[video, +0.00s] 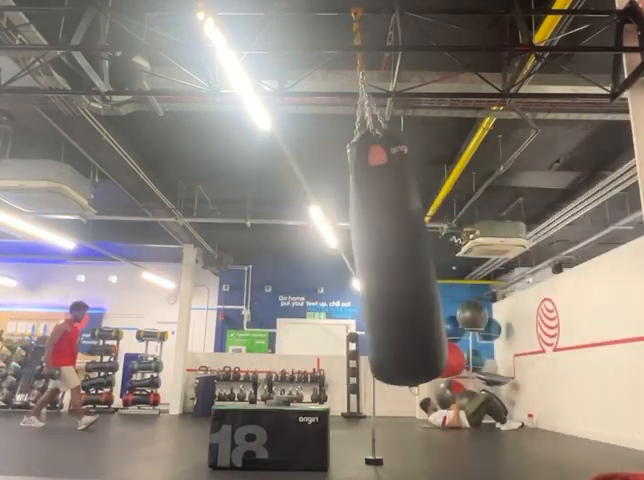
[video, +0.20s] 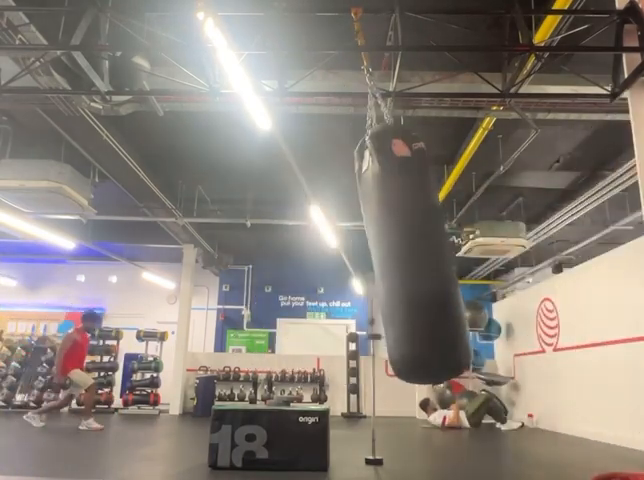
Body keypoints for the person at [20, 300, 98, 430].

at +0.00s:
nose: (83, 315)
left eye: (84, 312)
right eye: (82, 312)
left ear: (81, 313)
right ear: (74, 311)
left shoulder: (76, 328)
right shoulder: (62, 326)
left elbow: (71, 347)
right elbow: (49, 344)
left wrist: (73, 365)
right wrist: (48, 365)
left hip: (68, 364)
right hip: (61, 364)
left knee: (52, 391)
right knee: (75, 387)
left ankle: (31, 416)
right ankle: (81, 418)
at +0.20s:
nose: (94, 327)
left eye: (95, 324)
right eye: (93, 323)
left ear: (91, 323)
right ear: (86, 322)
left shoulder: (85, 337)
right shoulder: (72, 336)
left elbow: (80, 356)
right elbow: (60, 354)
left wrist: (82, 370)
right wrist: (59, 374)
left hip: (78, 369)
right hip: (69, 368)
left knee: (64, 402)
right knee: (91, 386)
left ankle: (34, 414)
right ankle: (87, 420)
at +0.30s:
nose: (97, 332)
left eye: (98, 329)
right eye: (95, 328)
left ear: (96, 328)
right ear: (88, 327)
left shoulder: (87, 341)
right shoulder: (74, 340)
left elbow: (83, 359)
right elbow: (65, 359)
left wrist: (85, 372)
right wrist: (63, 378)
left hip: (79, 372)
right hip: (70, 371)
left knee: (65, 405)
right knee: (93, 386)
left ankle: (34, 413)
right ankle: (88, 420)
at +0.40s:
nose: (98, 338)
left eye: (99, 335)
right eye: (97, 335)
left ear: (96, 334)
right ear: (92, 332)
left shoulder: (89, 346)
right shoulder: (78, 345)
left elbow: (83, 364)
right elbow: (66, 362)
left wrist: (87, 375)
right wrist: (66, 381)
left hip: (82, 377)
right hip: (73, 377)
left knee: (66, 410)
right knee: (95, 388)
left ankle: (37, 413)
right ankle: (89, 420)